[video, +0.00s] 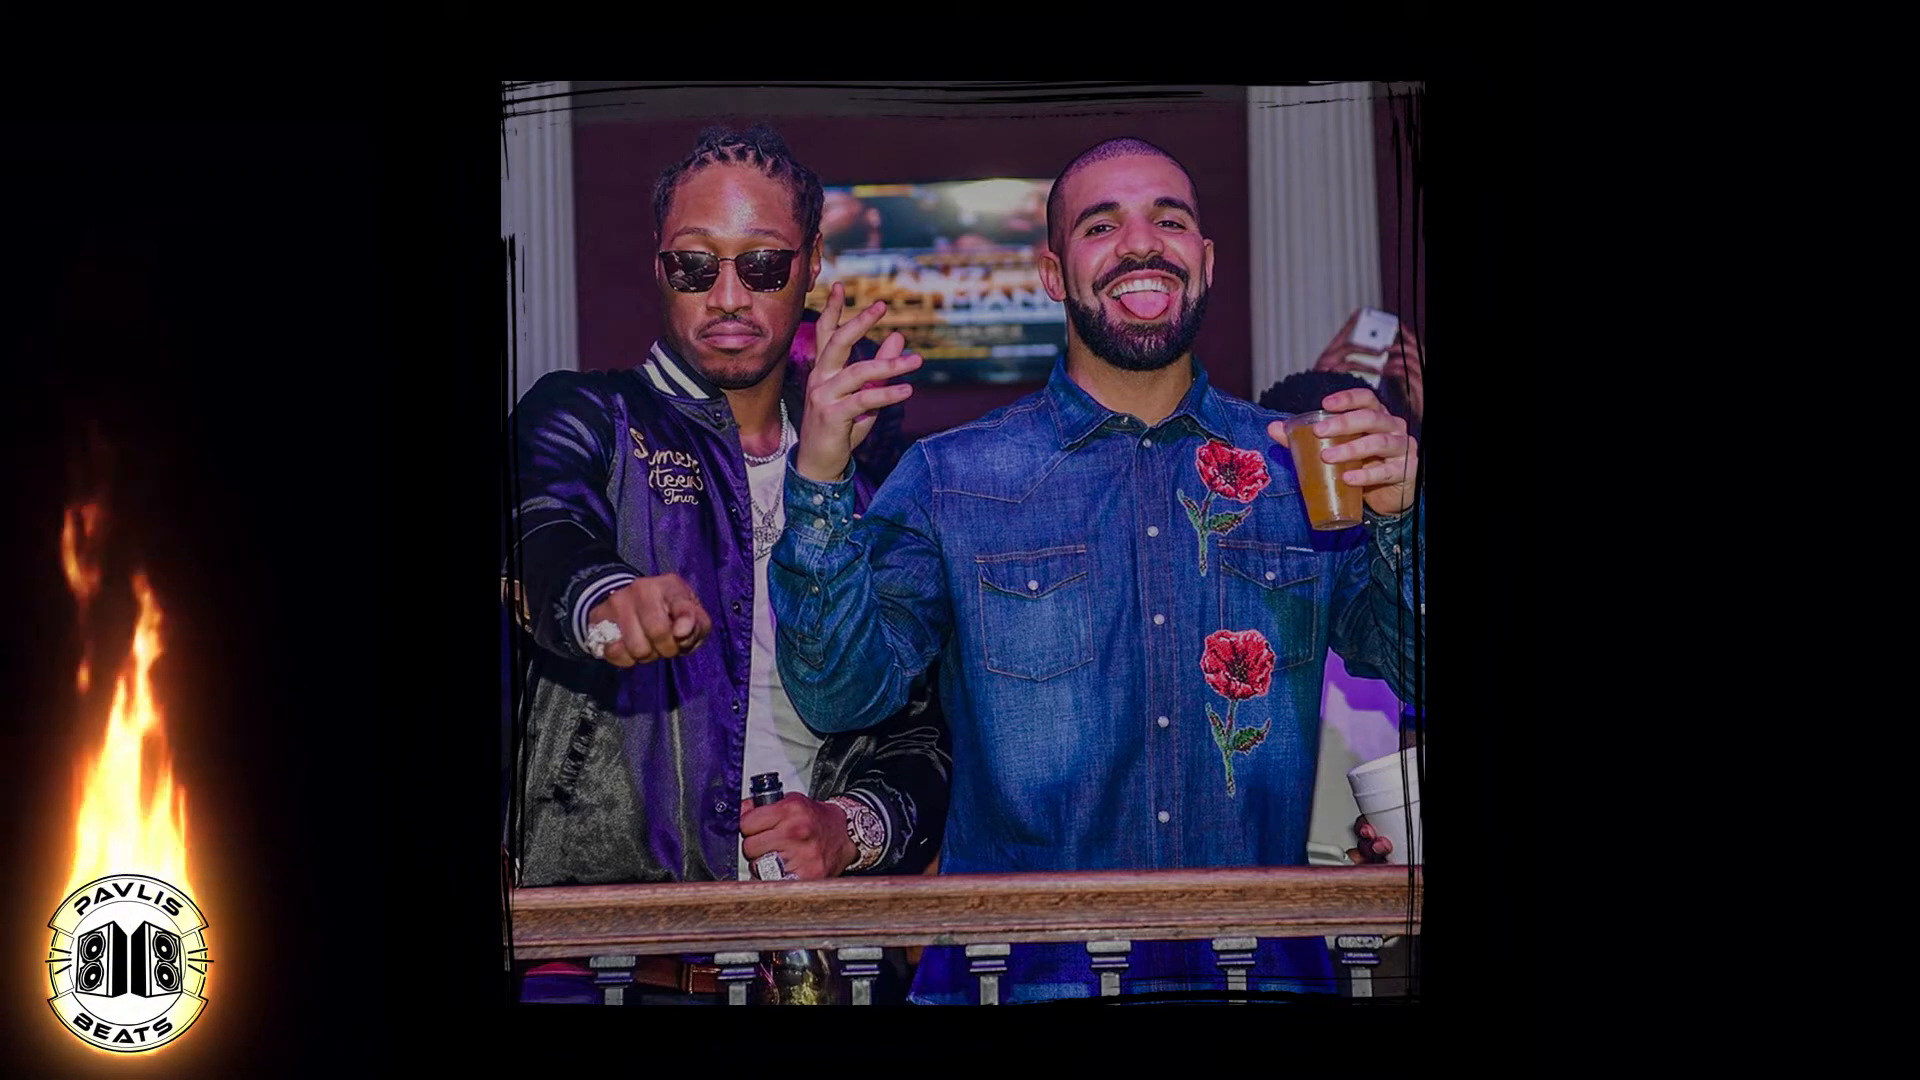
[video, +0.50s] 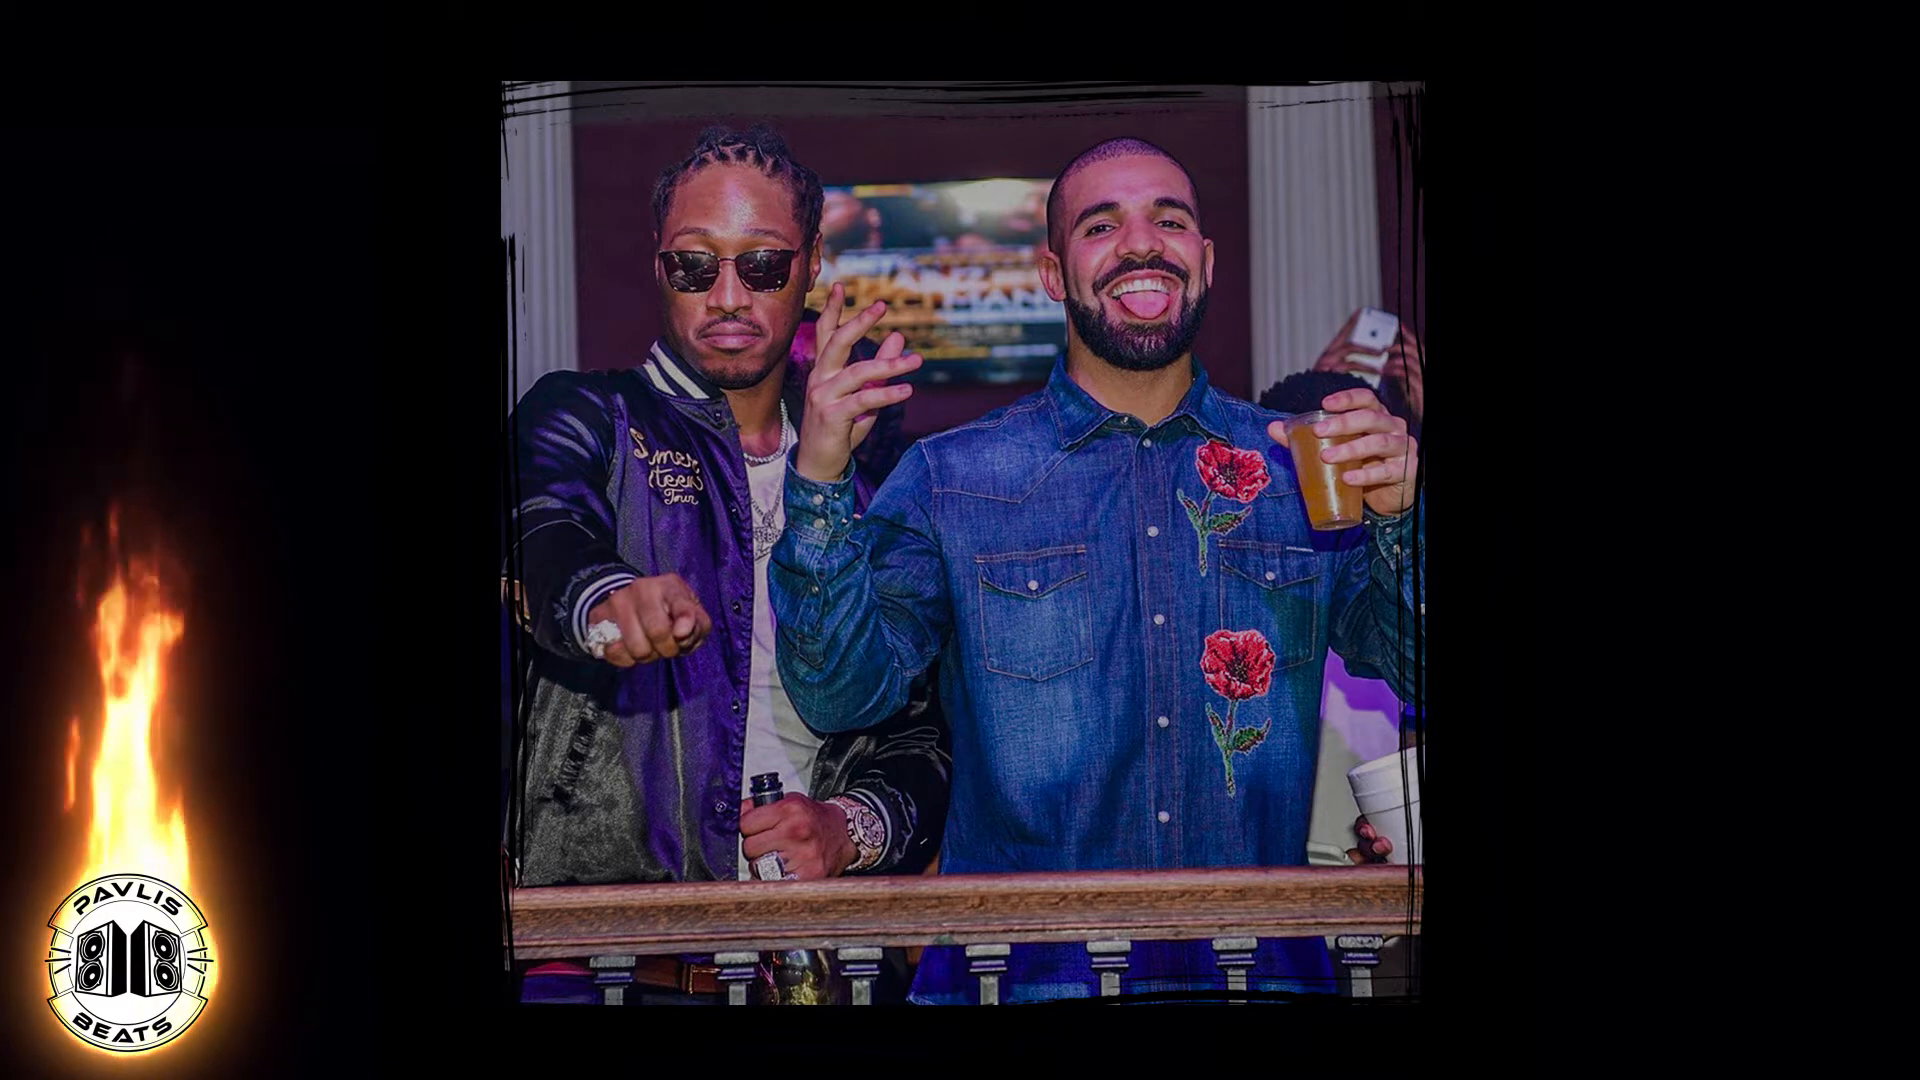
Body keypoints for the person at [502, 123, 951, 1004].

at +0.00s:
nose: (729, 296)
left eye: (764, 266)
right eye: (694, 266)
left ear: (811, 274)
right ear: (658, 273)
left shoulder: (879, 459)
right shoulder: (581, 412)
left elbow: (926, 724)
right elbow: (540, 525)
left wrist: (858, 825)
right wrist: (603, 595)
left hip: (827, 942)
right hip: (606, 942)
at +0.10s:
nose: (729, 296)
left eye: (764, 266)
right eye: (694, 266)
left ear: (811, 274)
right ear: (658, 273)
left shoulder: (879, 459)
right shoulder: (581, 412)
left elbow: (926, 724)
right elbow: (540, 525)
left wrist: (858, 825)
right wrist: (603, 595)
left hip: (827, 942)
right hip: (606, 942)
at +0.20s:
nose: (729, 296)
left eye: (764, 266)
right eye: (694, 266)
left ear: (811, 274)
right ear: (658, 273)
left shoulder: (879, 459)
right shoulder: (581, 412)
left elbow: (926, 724)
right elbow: (540, 525)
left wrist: (857, 825)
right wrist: (603, 595)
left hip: (827, 942)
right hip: (606, 942)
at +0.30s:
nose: (729, 295)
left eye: (764, 266)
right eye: (694, 266)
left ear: (811, 274)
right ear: (658, 273)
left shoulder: (878, 459)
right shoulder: (580, 412)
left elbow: (926, 725)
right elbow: (540, 526)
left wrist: (856, 825)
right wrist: (603, 596)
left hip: (826, 942)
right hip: (605, 942)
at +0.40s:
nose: (729, 296)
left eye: (763, 266)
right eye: (694, 266)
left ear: (811, 274)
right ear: (658, 272)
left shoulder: (878, 460)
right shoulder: (581, 411)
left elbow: (926, 726)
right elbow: (540, 525)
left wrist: (857, 826)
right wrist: (602, 595)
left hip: (827, 944)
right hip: (605, 943)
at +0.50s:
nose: (729, 296)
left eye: (763, 266)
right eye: (694, 266)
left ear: (811, 274)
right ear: (658, 272)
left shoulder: (878, 460)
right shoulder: (581, 412)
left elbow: (926, 726)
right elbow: (540, 525)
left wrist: (857, 826)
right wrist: (602, 595)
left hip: (827, 944)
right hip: (605, 943)